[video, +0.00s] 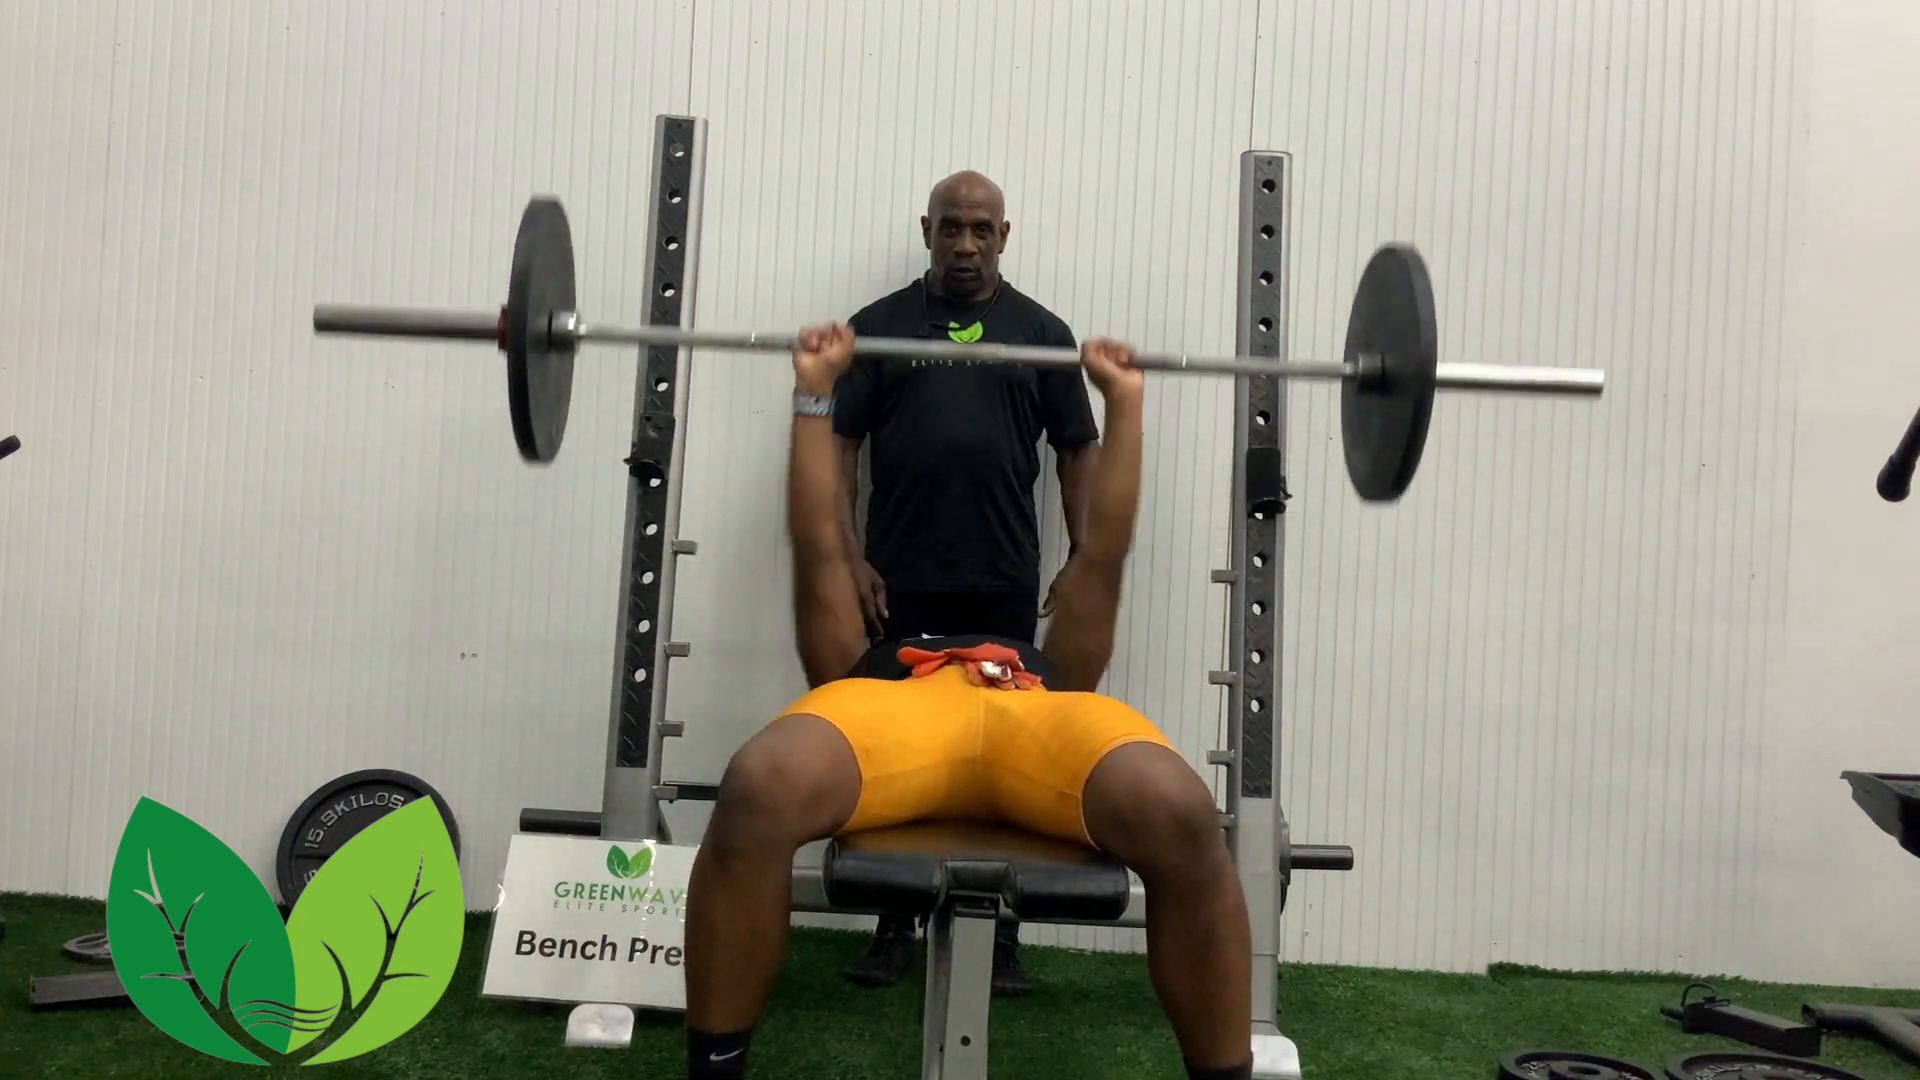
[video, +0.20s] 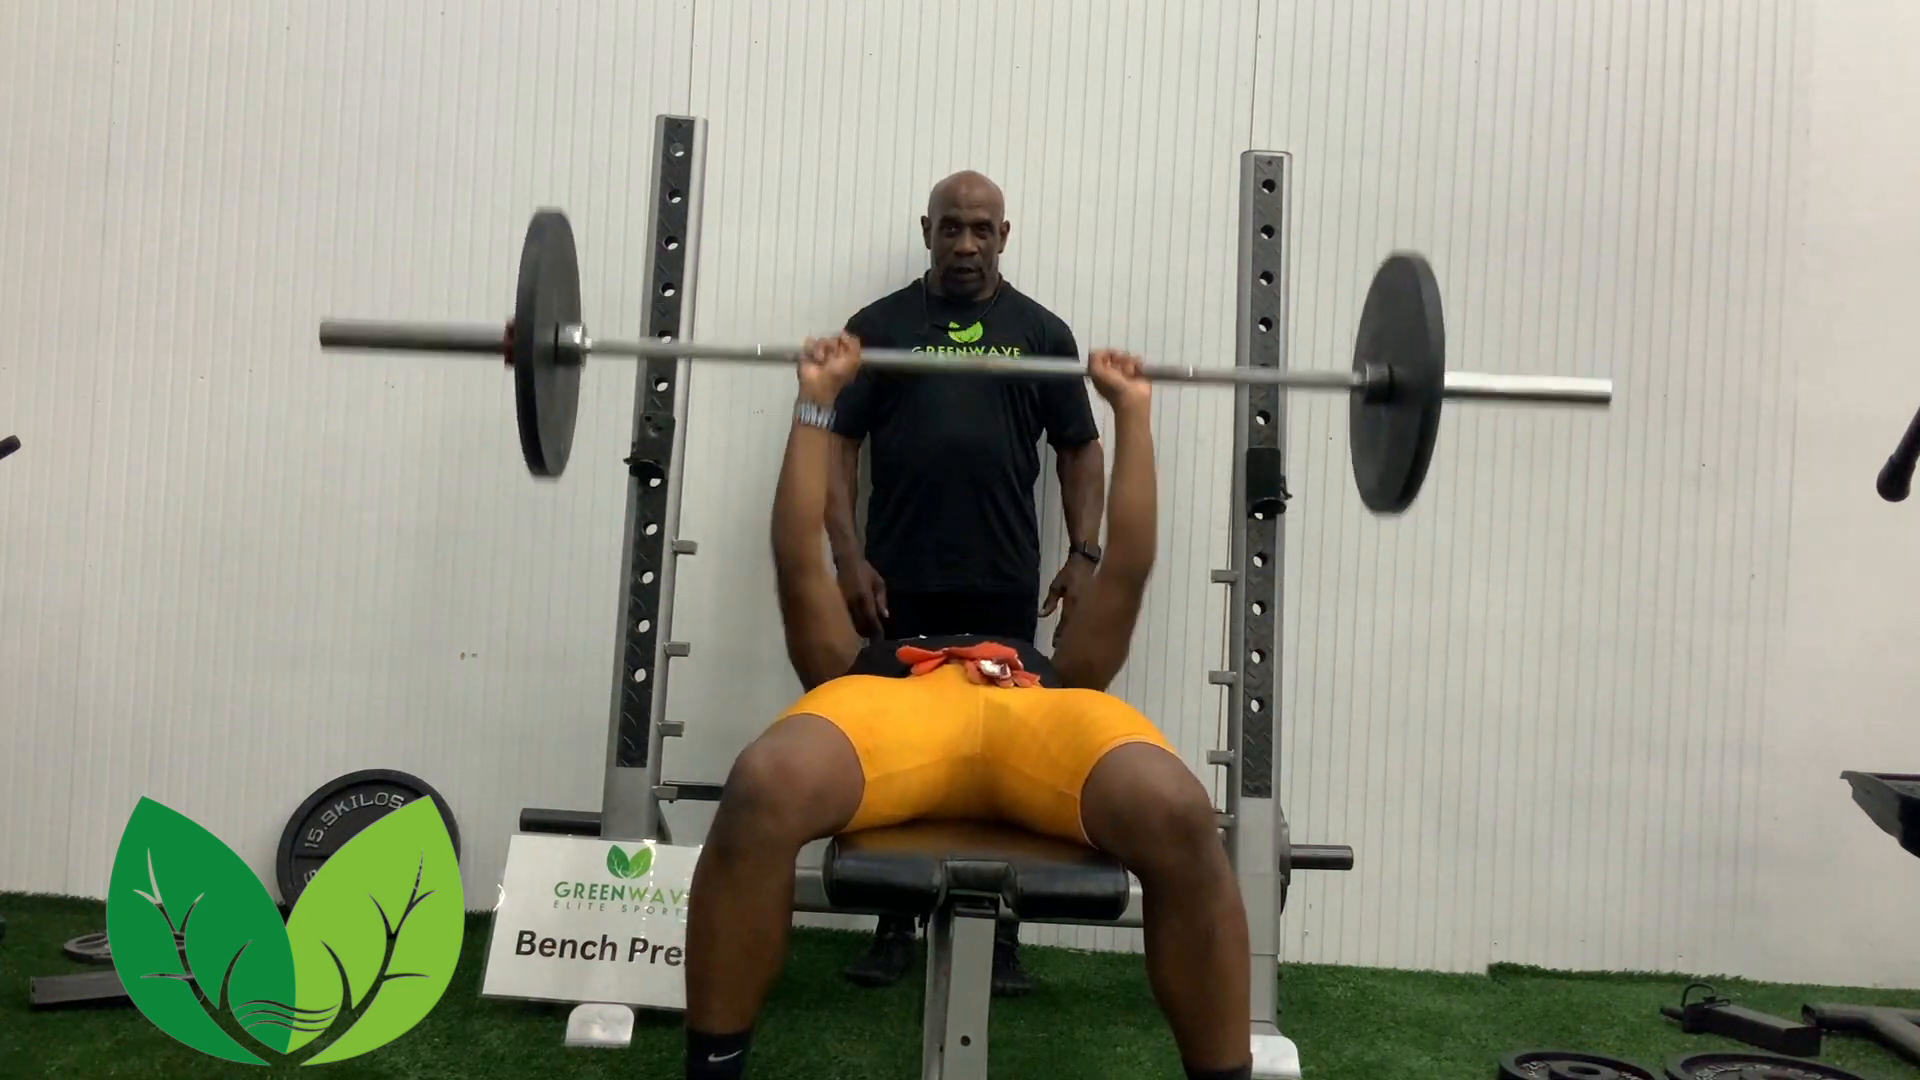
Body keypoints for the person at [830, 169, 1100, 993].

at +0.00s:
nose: (966, 244)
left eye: (983, 230)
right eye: (951, 228)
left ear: (1004, 238)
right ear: (927, 233)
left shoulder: (1041, 334)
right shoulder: (877, 330)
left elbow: (1077, 457)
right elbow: (842, 453)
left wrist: (1084, 556)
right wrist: (848, 556)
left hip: (1008, 584)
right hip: (899, 578)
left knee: (1013, 753)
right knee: (889, 747)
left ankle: (1000, 929)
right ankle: (896, 919)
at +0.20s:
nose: (966, 245)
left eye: (983, 231)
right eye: (951, 229)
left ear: (1004, 238)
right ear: (927, 234)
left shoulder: (1042, 333)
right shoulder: (874, 331)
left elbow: (1079, 451)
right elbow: (839, 453)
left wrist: (1081, 551)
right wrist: (849, 557)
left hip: (1008, 584)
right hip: (899, 579)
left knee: (1009, 757)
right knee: (890, 751)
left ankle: (999, 932)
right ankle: (894, 924)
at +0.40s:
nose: (967, 244)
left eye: (984, 231)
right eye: (952, 229)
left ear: (1006, 239)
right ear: (927, 235)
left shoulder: (1043, 337)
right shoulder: (875, 331)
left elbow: (1079, 454)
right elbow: (838, 456)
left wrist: (1083, 556)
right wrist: (850, 560)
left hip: (1005, 590)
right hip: (900, 587)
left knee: (1012, 755)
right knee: (891, 752)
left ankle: (999, 929)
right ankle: (896, 920)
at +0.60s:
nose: (967, 243)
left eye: (983, 230)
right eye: (952, 228)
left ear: (1005, 239)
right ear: (927, 234)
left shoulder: (1042, 336)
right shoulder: (876, 330)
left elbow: (1078, 452)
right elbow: (835, 448)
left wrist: (1081, 557)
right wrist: (850, 559)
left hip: (1007, 589)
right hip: (899, 586)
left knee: (1010, 762)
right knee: (891, 761)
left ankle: (1001, 931)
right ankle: (895, 924)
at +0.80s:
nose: (968, 244)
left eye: (984, 231)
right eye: (952, 229)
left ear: (1005, 239)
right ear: (927, 235)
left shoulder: (1042, 337)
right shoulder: (875, 331)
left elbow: (1079, 454)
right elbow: (836, 447)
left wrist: (1082, 559)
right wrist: (849, 559)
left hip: (1005, 589)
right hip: (901, 587)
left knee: (1013, 755)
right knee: (888, 753)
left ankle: (1000, 929)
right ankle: (895, 923)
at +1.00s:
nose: (968, 244)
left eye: (985, 230)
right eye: (953, 228)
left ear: (1005, 238)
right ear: (926, 233)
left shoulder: (1043, 335)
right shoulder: (873, 332)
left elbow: (1078, 453)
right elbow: (837, 456)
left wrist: (1083, 556)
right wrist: (848, 559)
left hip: (1008, 584)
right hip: (901, 579)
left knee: (1013, 755)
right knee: (890, 752)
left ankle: (1001, 931)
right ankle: (896, 920)